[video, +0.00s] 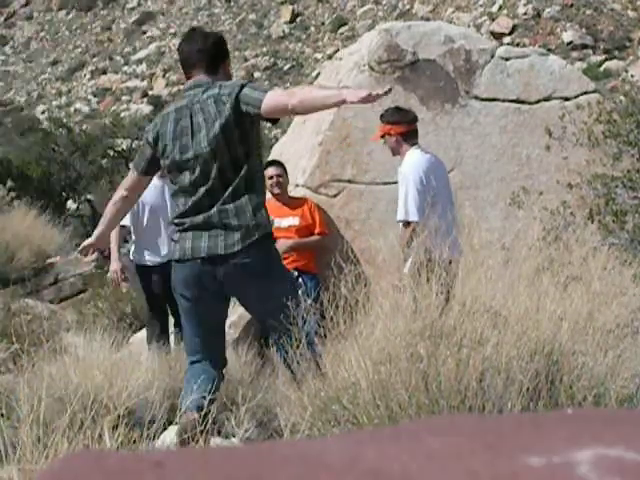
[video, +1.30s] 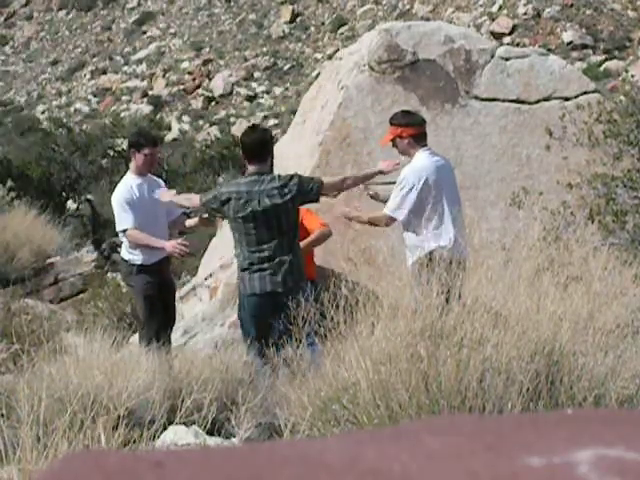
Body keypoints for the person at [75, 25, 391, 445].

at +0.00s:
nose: (229, 70)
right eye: (228, 64)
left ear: (183, 71)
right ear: (225, 64)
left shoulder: (163, 122)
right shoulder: (235, 94)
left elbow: (129, 190)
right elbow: (287, 102)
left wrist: (100, 235)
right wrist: (345, 96)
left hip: (189, 258)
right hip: (247, 249)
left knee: (203, 358)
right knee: (289, 335)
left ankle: (186, 423)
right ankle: (323, 413)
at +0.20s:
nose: (230, 105)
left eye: (225, 99)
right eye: (255, 97)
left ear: (224, 102)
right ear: (263, 97)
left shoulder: (208, 152)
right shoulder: (286, 124)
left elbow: (169, 223)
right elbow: (361, 122)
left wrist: (133, 277)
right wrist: (429, 110)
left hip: (249, 272)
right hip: (302, 256)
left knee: (282, 348)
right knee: (328, 343)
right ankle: (342, 410)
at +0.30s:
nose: (233, 104)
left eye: (230, 99)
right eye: (259, 96)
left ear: (230, 102)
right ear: (268, 95)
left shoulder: (219, 150)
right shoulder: (292, 124)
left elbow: (183, 220)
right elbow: (371, 133)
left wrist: (148, 272)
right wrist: (433, 126)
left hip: (267, 268)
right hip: (317, 250)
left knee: (287, 351)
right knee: (338, 341)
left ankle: (308, 423)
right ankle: (352, 414)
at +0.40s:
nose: (237, 127)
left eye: (238, 122)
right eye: (242, 121)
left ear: (243, 124)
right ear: (279, 119)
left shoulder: (231, 170)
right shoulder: (307, 145)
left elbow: (199, 237)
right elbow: (378, 170)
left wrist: (170, 287)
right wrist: (439, 179)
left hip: (283, 286)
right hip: (332, 271)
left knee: (296, 371)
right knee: (345, 356)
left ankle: (313, 437)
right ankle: (355, 426)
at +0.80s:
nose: (260, 145)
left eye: (258, 140)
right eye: (276, 139)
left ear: (257, 144)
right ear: (290, 143)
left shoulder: (240, 184)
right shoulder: (307, 182)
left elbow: (184, 214)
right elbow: (359, 214)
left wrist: (143, 233)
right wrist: (414, 235)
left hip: (262, 296)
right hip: (303, 292)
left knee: (262, 377)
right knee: (309, 373)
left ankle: (267, 440)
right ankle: (314, 435)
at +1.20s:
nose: (252, 168)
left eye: (246, 164)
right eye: (265, 162)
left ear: (244, 166)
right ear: (274, 162)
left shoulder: (230, 203)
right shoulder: (293, 196)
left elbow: (189, 228)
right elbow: (340, 207)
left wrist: (156, 244)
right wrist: (382, 206)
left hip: (252, 299)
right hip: (292, 294)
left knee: (265, 366)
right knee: (308, 360)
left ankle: (272, 420)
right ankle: (317, 416)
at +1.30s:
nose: (266, 156)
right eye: (268, 150)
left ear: (243, 157)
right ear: (272, 152)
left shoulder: (229, 192)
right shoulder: (289, 185)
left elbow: (195, 202)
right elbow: (337, 185)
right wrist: (375, 172)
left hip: (254, 287)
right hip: (292, 281)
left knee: (261, 357)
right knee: (308, 348)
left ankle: (268, 416)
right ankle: (317, 409)